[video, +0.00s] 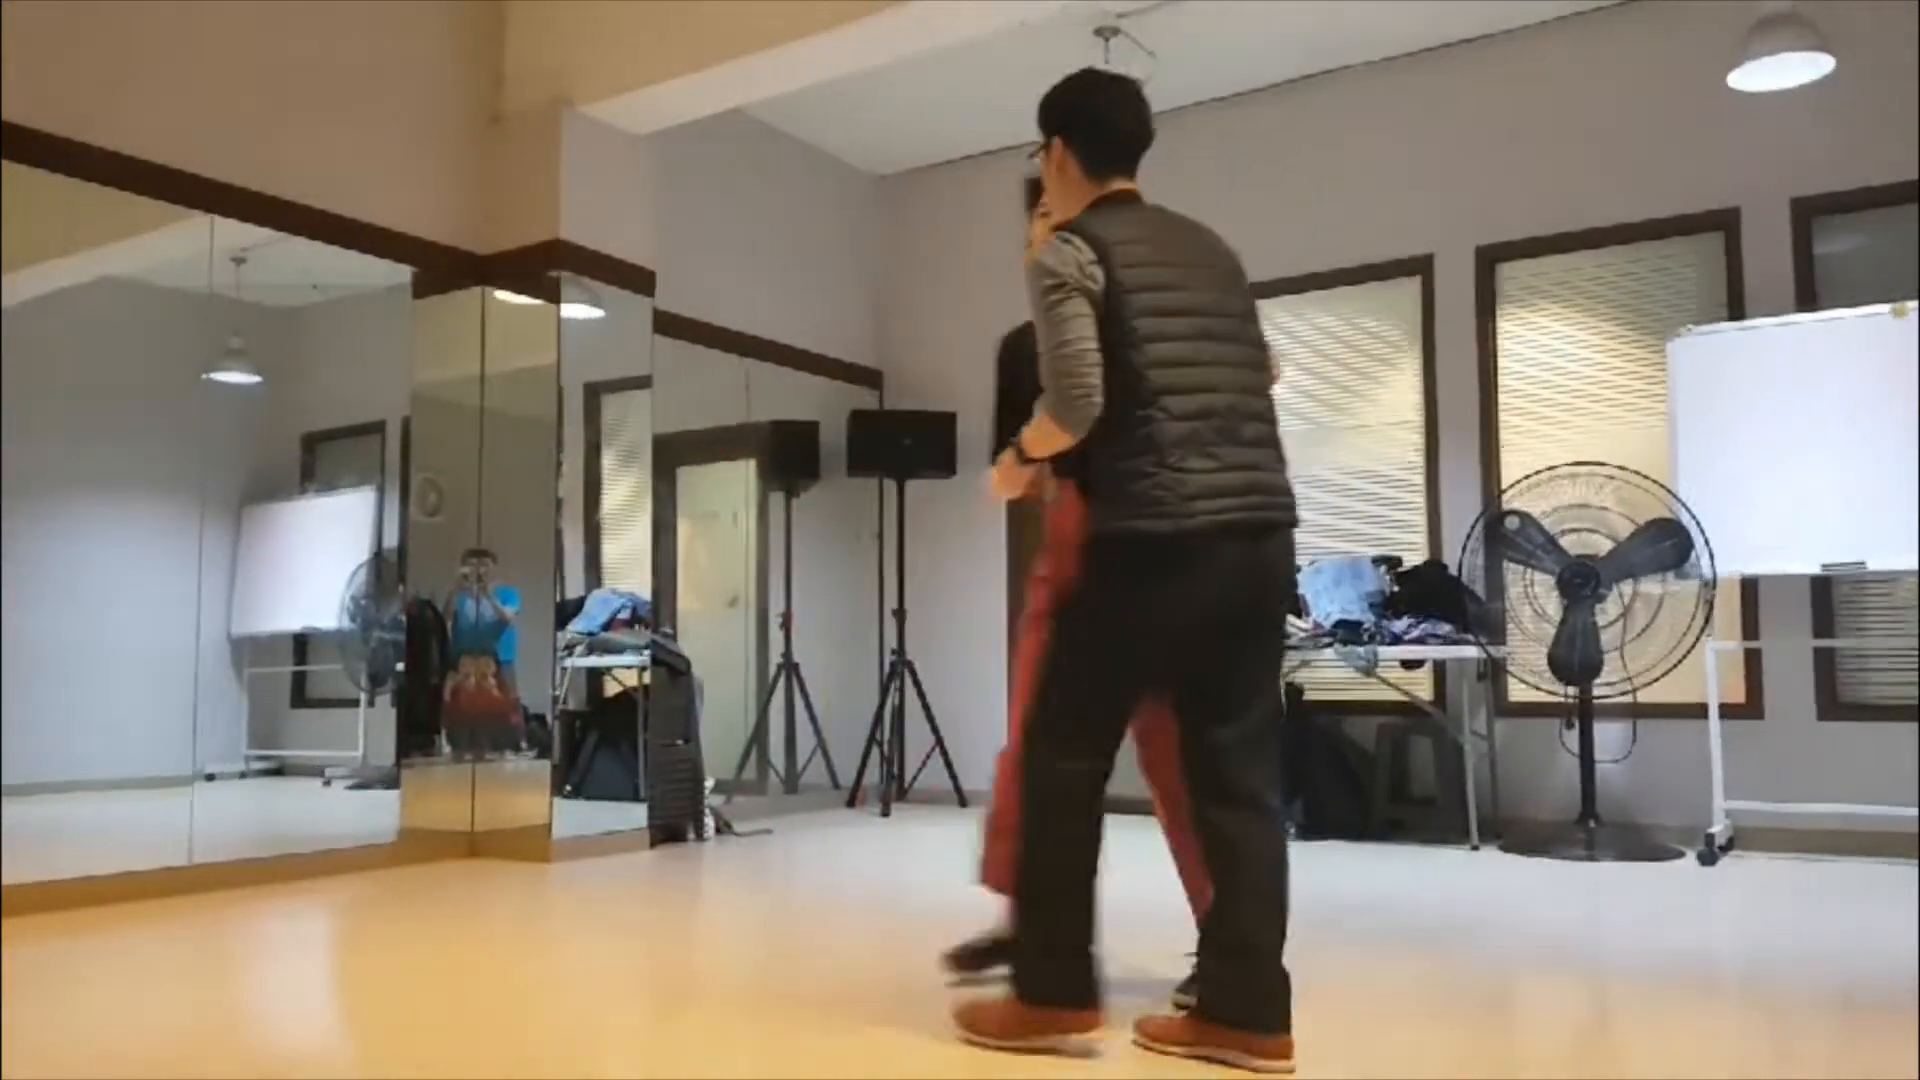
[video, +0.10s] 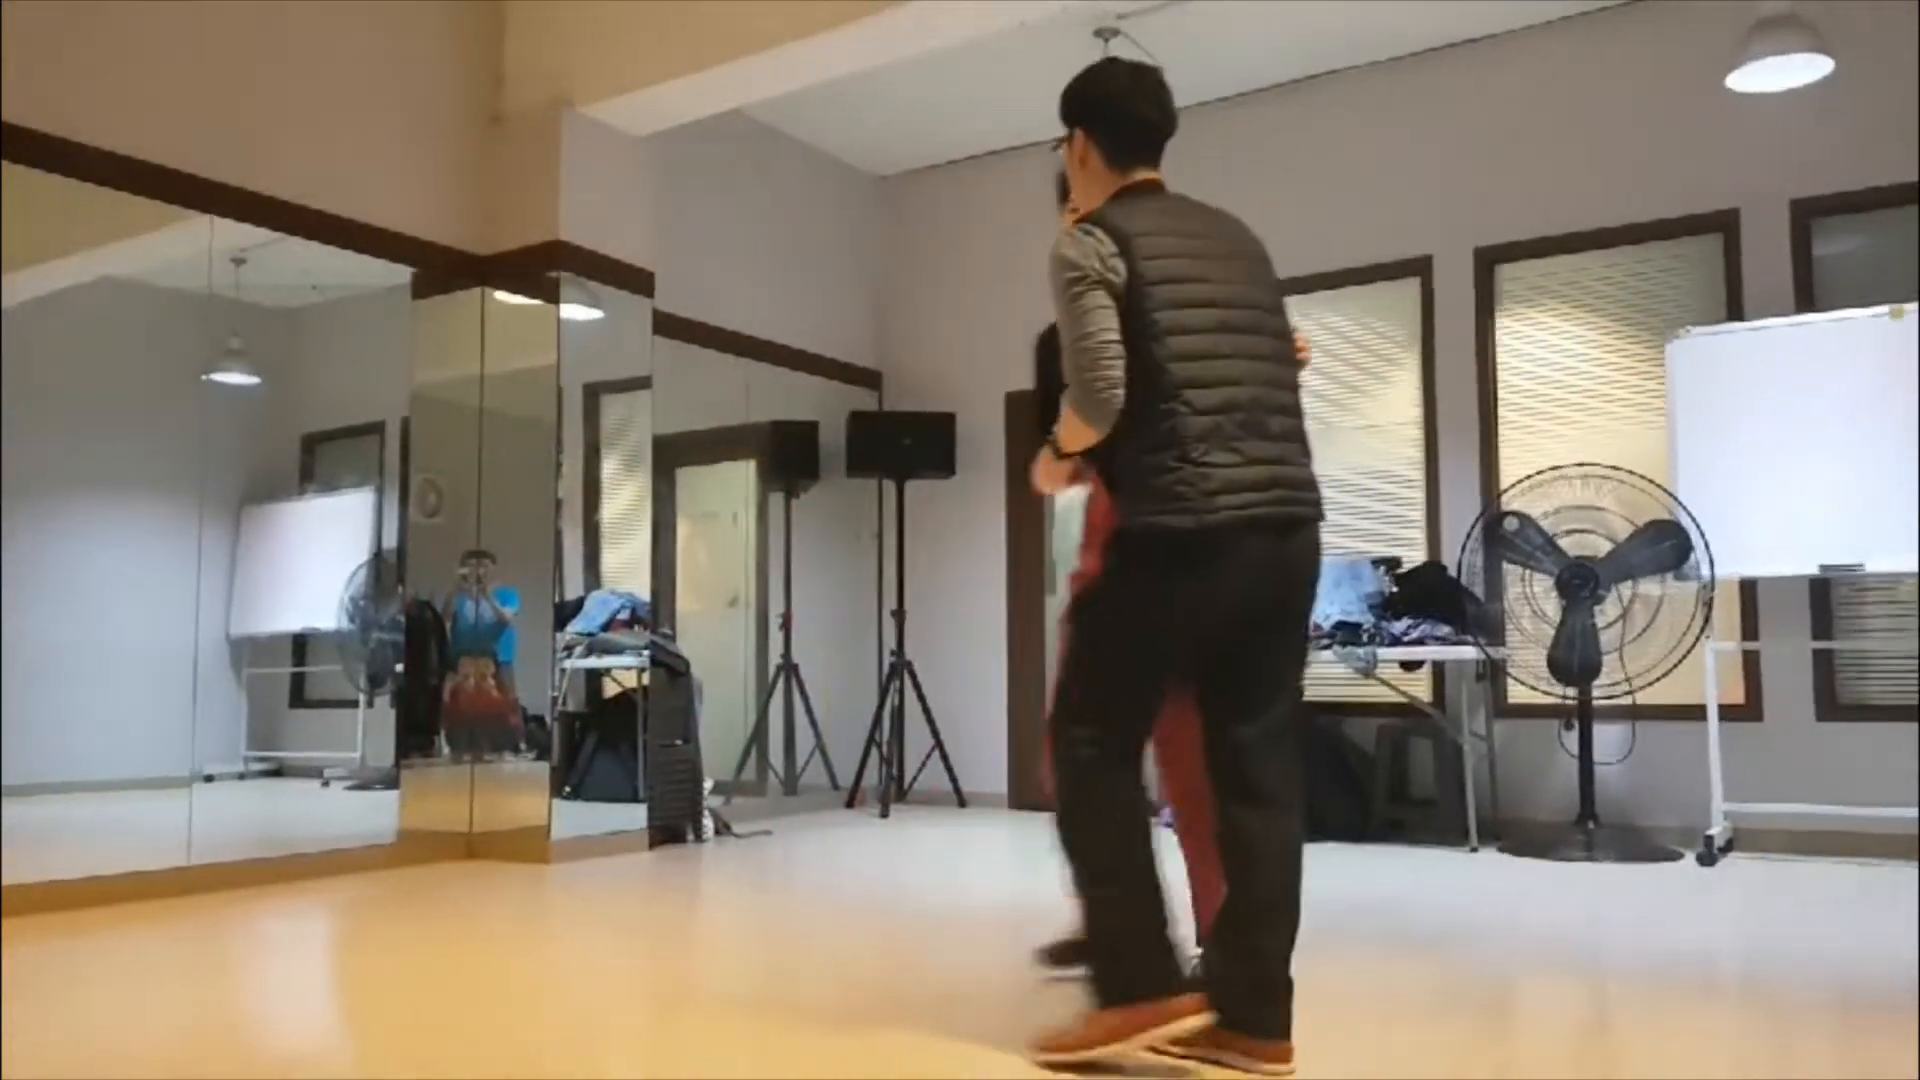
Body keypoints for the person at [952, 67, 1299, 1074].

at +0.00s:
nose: (1039, 179)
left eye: (1041, 163)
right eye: (1040, 166)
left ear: (1059, 156)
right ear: (1139, 158)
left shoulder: (1068, 247)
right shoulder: (1208, 245)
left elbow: (1075, 406)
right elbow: (1260, 372)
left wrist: (1023, 455)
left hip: (1152, 542)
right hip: (1255, 542)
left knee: (1062, 753)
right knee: (1236, 771)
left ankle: (1054, 995)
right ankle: (1248, 1009)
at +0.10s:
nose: (1062, 165)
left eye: (1063, 148)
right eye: (1067, 149)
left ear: (1081, 147)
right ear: (1159, 149)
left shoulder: (1088, 239)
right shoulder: (1234, 234)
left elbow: (1100, 390)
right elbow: (1273, 361)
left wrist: (1062, 451)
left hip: (1176, 540)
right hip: (1284, 536)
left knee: (1090, 745)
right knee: (1260, 762)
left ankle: (1138, 985)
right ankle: (1255, 1012)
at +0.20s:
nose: (1101, 162)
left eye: (1101, 145)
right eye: (1105, 146)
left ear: (1120, 145)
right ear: (1196, 143)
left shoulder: (1125, 240)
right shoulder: (1274, 233)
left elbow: (1125, 383)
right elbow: (1319, 354)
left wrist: (1109, 445)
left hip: (1213, 544)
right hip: (1319, 537)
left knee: (1141, 751)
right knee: (1275, 761)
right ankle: (1230, 1002)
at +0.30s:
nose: (1136, 168)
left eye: (1135, 152)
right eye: (1135, 153)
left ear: (1152, 147)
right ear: (1238, 148)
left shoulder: (1164, 247)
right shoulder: (1311, 240)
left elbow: (1143, 420)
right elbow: (1355, 373)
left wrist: (1153, 470)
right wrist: (1226, 442)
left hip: (1254, 557)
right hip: (1350, 548)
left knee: (1221, 788)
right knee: (1279, 784)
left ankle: (1424, 971)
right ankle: (1241, 1016)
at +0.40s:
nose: (1171, 173)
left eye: (1171, 157)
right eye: (1172, 158)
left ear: (1186, 154)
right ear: (1272, 153)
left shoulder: (1194, 256)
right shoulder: (1344, 247)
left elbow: (1169, 443)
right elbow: (1381, 403)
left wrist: (1183, 478)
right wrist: (1244, 464)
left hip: (1295, 565)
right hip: (1386, 556)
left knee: (1304, 804)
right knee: (1302, 791)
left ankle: (1483, 1025)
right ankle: (1241, 1014)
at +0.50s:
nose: (1214, 170)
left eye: (1212, 154)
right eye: (1214, 156)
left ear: (1226, 151)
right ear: (1315, 146)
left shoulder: (1232, 252)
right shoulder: (1395, 239)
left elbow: (1199, 415)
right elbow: (1418, 398)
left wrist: (1209, 453)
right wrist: (1274, 460)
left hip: (1344, 558)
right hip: (1443, 545)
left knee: (1369, 800)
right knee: (1335, 779)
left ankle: (1498, 1048)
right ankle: (1278, 1005)